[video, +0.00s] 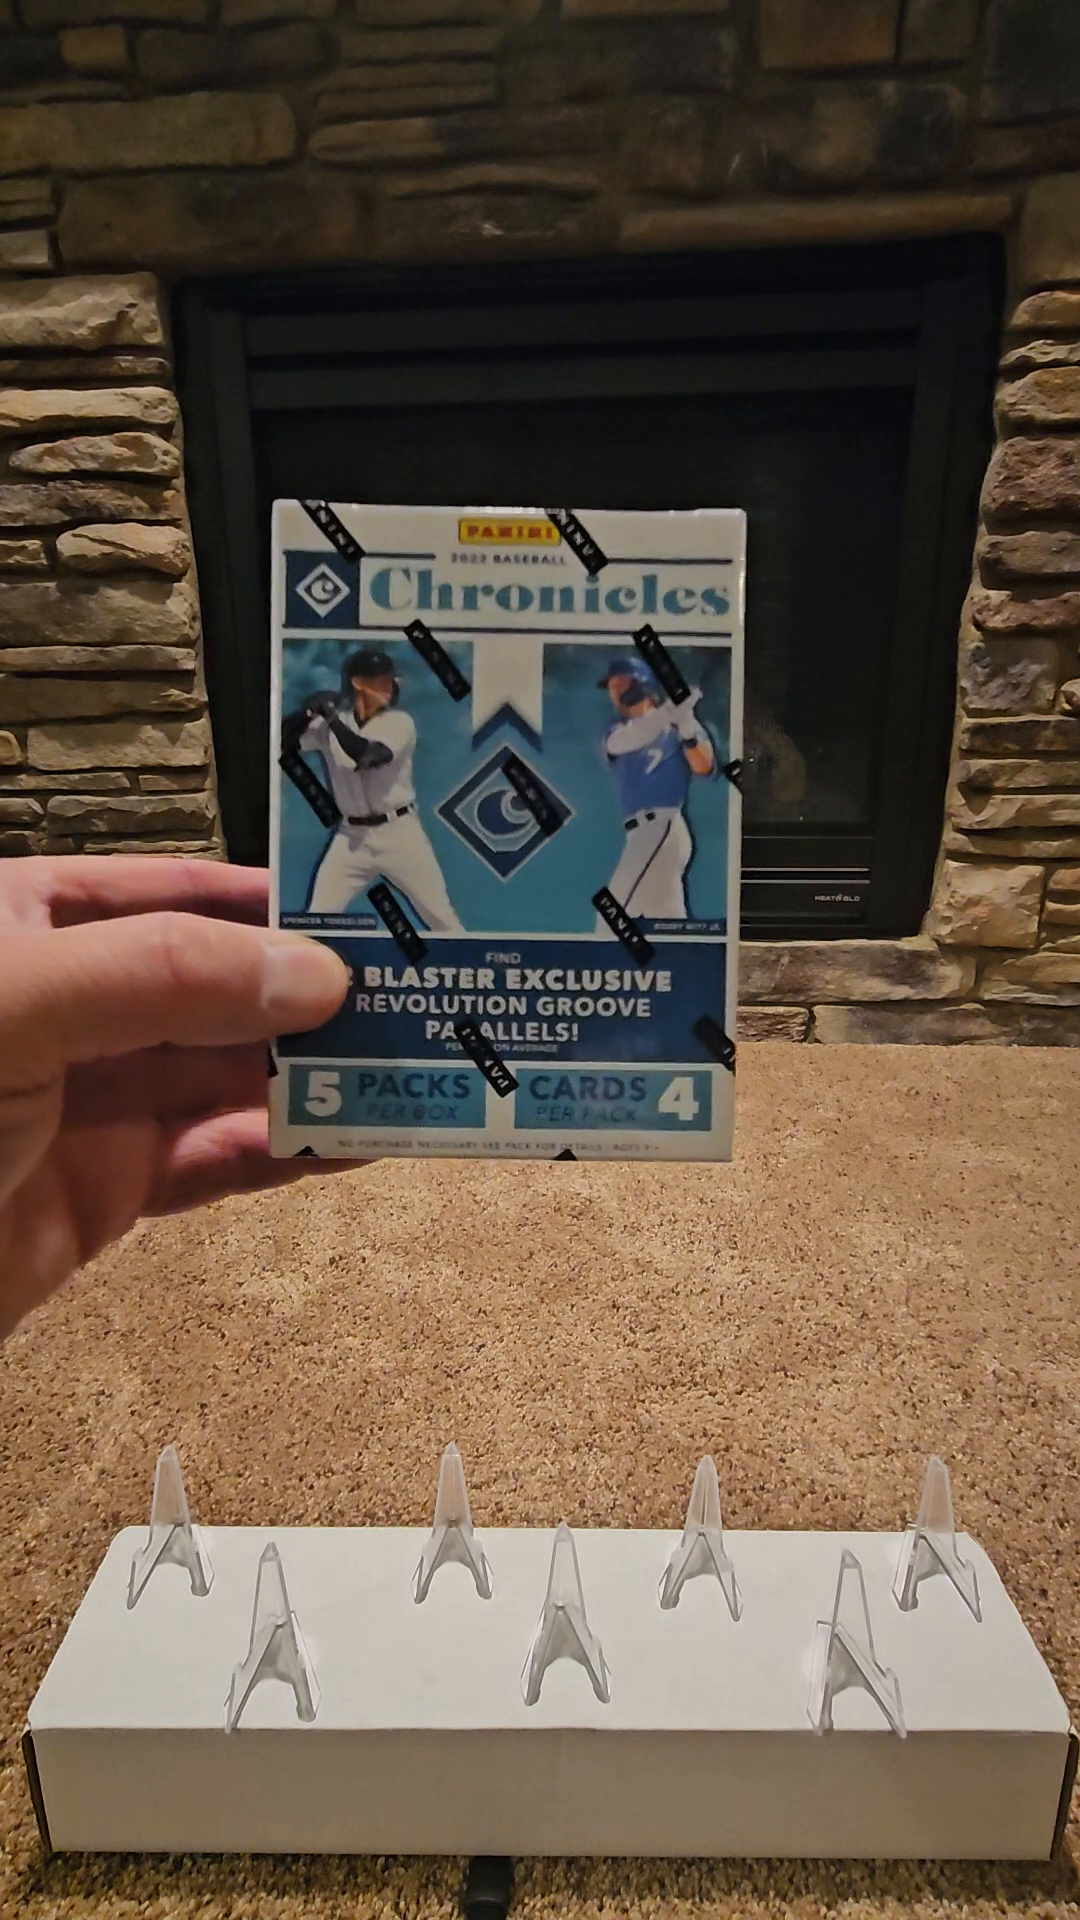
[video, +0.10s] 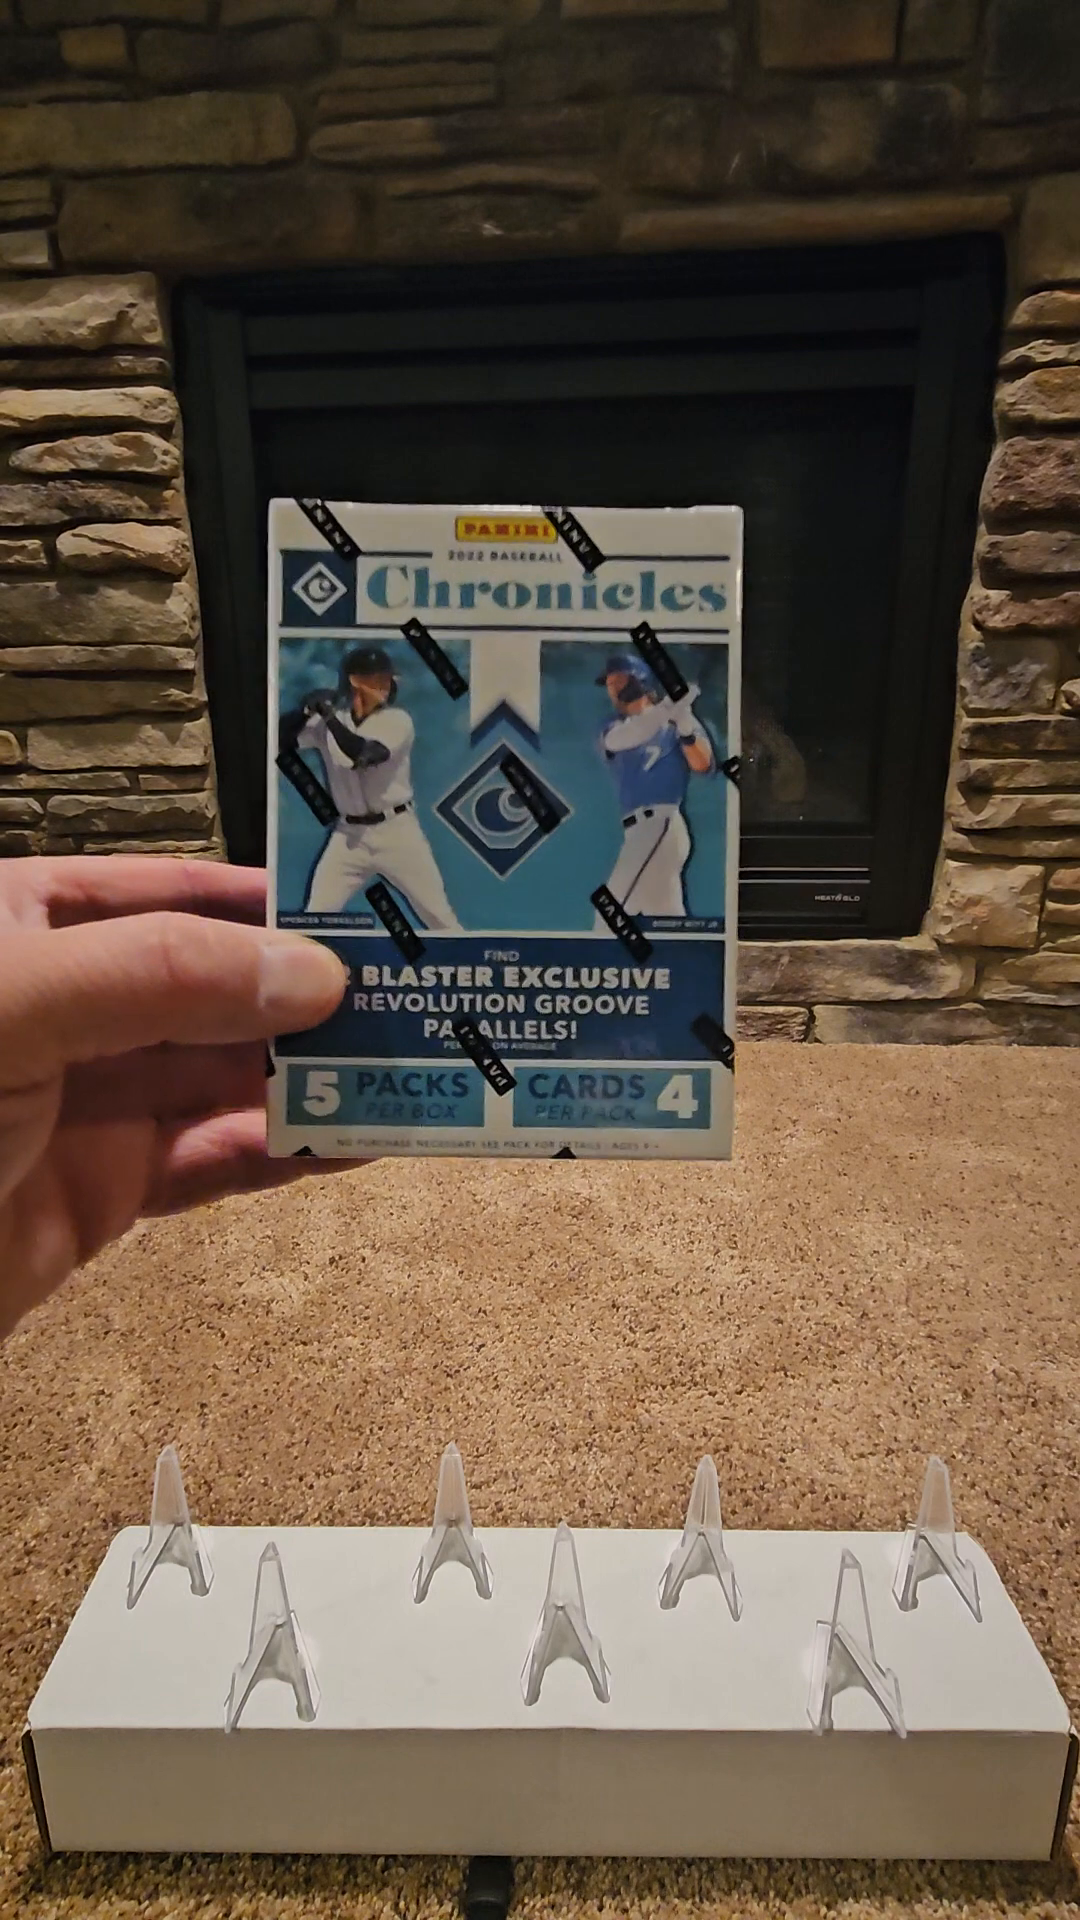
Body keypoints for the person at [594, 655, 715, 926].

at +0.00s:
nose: (614, 693)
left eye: (621, 684)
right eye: (611, 687)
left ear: (641, 685)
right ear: (609, 692)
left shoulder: (679, 723)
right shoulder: (616, 732)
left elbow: (704, 768)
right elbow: (628, 740)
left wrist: (686, 725)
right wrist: (669, 711)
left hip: (663, 830)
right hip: (641, 833)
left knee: (612, 915)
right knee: (670, 927)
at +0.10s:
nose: (612, 690)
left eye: (619, 680)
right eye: (609, 684)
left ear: (640, 682)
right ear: (607, 689)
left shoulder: (676, 719)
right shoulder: (612, 729)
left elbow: (702, 765)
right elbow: (626, 738)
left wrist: (684, 721)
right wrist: (668, 707)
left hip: (661, 827)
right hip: (638, 831)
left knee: (610, 912)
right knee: (669, 925)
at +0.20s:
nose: (617, 705)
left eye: (624, 695)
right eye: (614, 698)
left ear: (644, 696)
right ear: (611, 702)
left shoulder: (681, 733)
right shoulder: (617, 744)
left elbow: (706, 778)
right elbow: (631, 751)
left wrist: (688, 735)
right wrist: (672, 721)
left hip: (664, 839)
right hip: (641, 844)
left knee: (614, 925)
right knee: (670, 936)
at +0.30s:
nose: (617, 704)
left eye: (624, 694)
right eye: (613, 697)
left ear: (642, 696)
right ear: (611, 703)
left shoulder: (680, 733)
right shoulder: (617, 744)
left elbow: (705, 779)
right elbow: (631, 751)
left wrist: (687, 735)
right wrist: (670, 723)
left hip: (664, 841)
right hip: (641, 844)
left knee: (614, 926)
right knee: (671, 938)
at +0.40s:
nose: (616, 705)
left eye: (623, 696)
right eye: (613, 698)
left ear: (643, 695)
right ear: (610, 702)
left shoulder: (683, 732)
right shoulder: (617, 743)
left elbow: (708, 777)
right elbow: (635, 747)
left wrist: (690, 732)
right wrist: (672, 721)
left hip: (668, 839)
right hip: (645, 843)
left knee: (618, 924)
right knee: (676, 937)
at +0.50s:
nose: (622, 704)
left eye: (629, 695)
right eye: (619, 697)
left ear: (649, 695)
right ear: (616, 700)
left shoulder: (688, 732)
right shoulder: (621, 741)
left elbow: (711, 777)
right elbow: (642, 746)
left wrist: (694, 733)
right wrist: (676, 719)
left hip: (671, 838)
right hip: (648, 841)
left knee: (620, 924)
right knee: (680, 936)